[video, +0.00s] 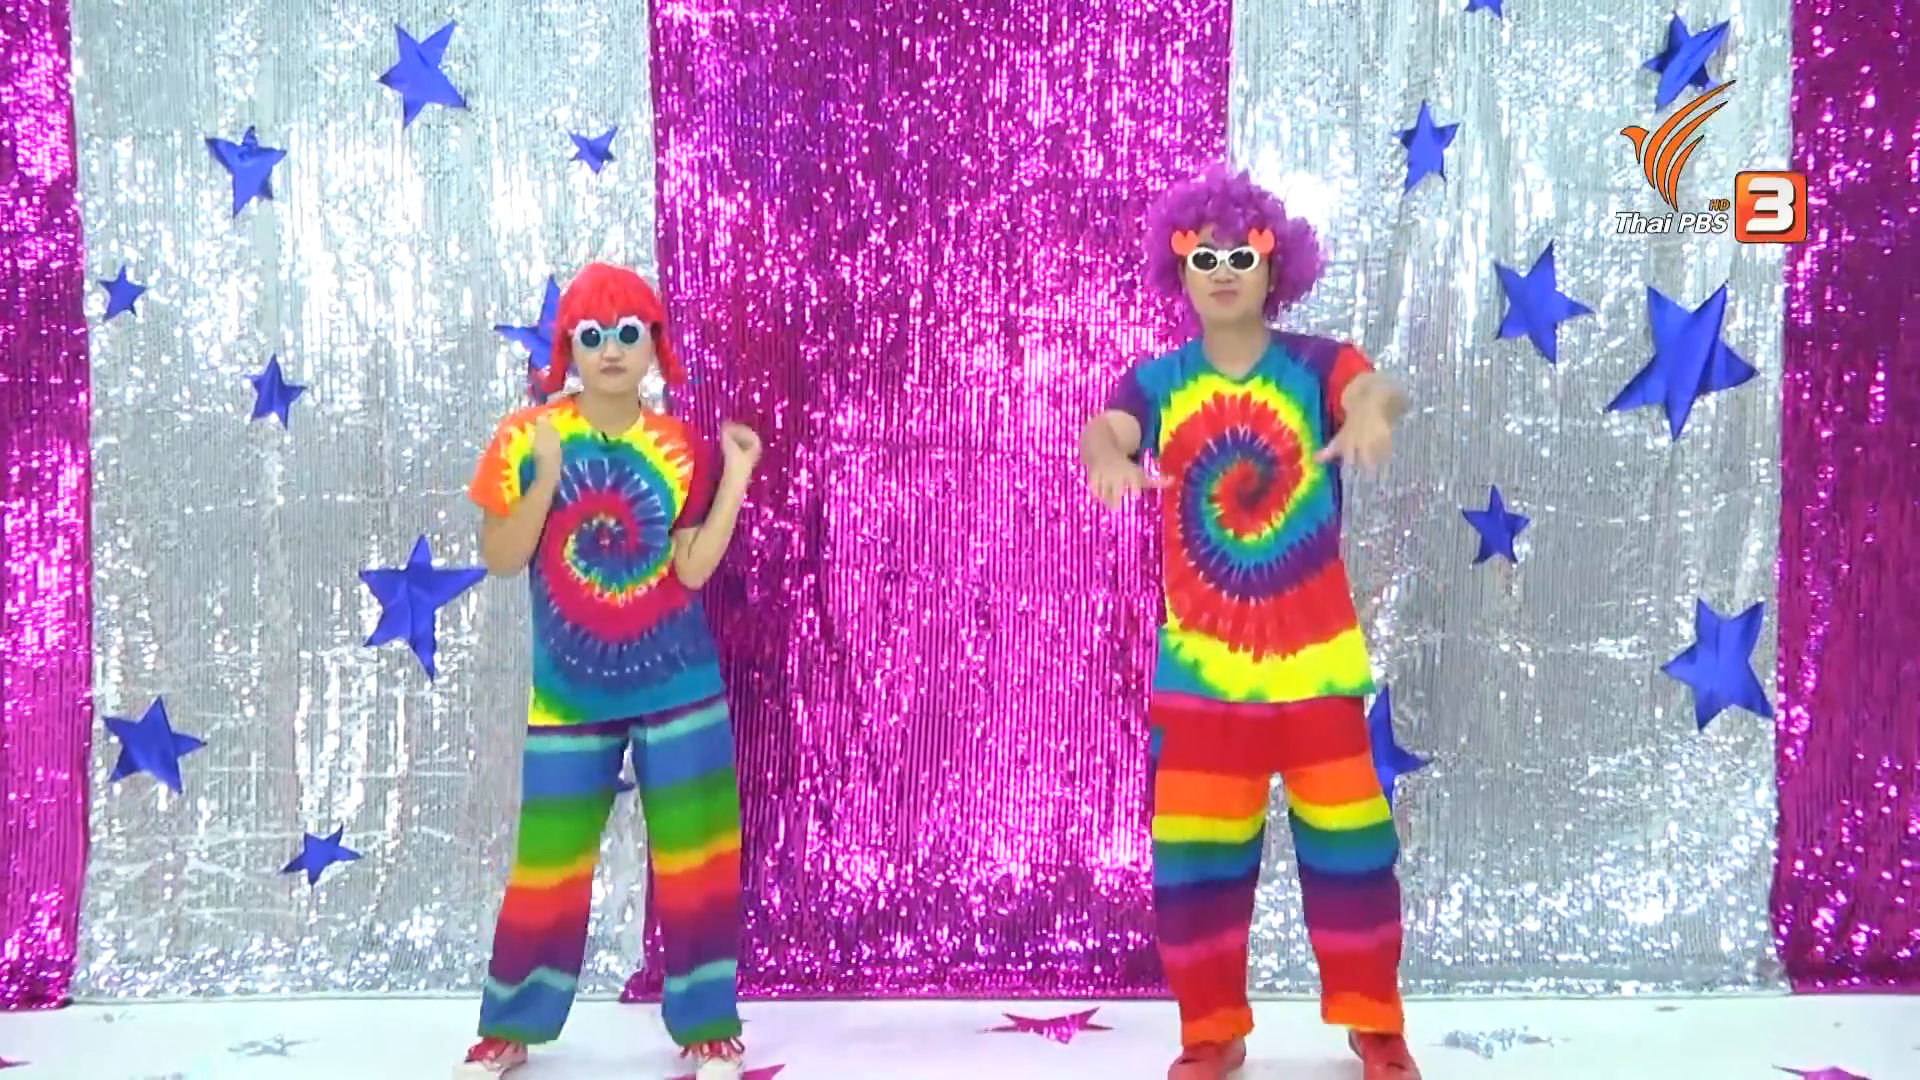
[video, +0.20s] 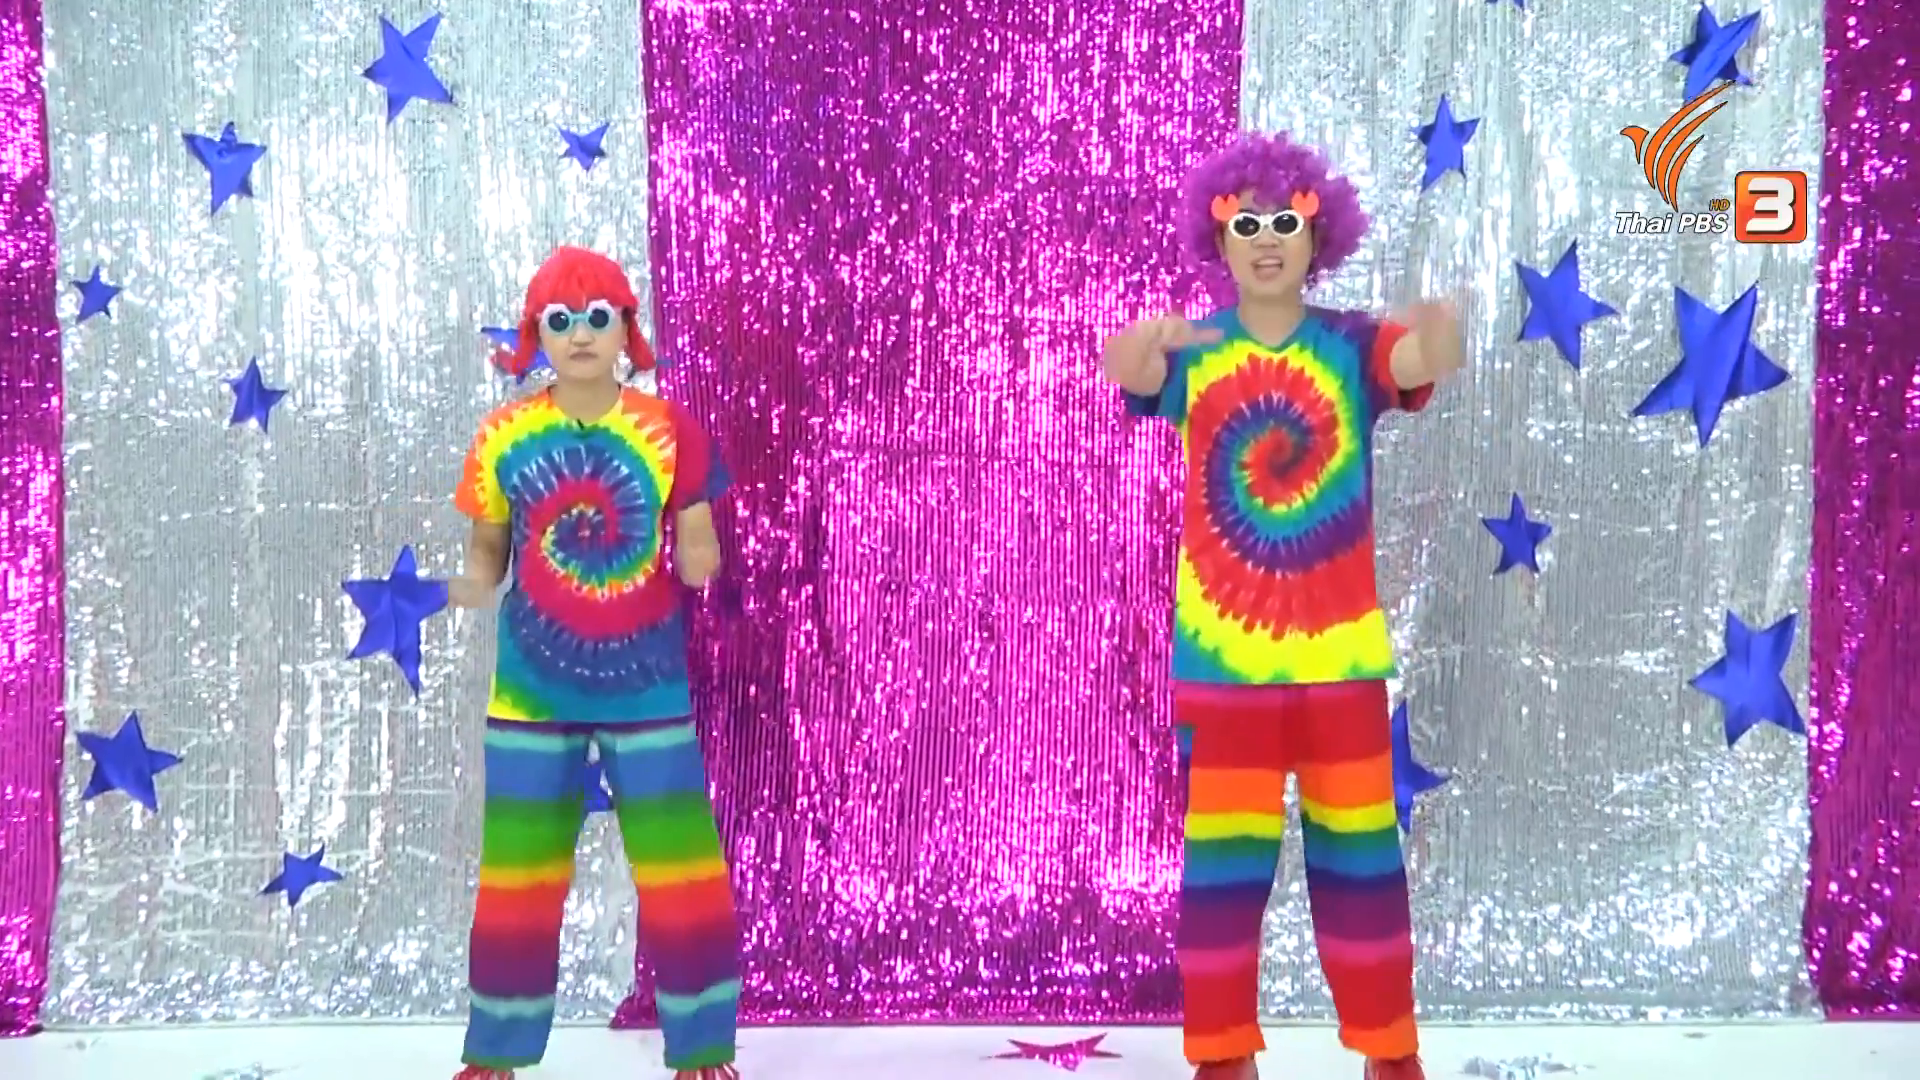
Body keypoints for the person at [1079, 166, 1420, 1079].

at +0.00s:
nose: (1223, 272)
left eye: (1243, 256)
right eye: (1203, 256)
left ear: (1273, 271)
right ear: (1179, 276)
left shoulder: (1320, 363)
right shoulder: (1158, 382)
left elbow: (1373, 387)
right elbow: (1107, 429)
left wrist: (1370, 412)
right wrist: (1107, 457)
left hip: (1320, 661)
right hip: (1204, 667)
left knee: (1353, 847)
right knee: (1197, 855)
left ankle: (1376, 1028)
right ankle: (1210, 1032)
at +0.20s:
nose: (1267, 243)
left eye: (1285, 225)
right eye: (1247, 226)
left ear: (1313, 246)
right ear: (1221, 247)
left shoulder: (1352, 343)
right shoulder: (1194, 352)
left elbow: (1423, 359)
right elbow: (1123, 366)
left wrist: (1440, 317)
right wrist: (1152, 336)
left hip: (1341, 644)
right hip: (1228, 650)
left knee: (1362, 852)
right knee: (1226, 859)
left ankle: (1392, 1054)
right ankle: (1223, 1059)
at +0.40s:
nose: (1326, 252)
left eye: (1345, 235)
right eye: (1305, 236)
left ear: (1374, 253)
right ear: (1276, 256)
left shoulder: (1406, 361)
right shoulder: (1247, 354)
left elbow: (1484, 400)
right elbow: (1184, 371)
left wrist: (1493, 350)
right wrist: (1234, 355)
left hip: (1380, 671)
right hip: (1261, 669)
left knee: (1384, 888)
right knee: (1246, 889)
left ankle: (1384, 1070)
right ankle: (1243, 1070)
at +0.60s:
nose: (1374, 277)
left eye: (1393, 257)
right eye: (1352, 258)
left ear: (1423, 278)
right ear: (1319, 278)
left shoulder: (1459, 397)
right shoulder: (1270, 380)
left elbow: (1522, 464)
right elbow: (1230, 453)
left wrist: (1530, 493)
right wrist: (1294, 494)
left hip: (1414, 733)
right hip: (1286, 730)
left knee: (1428, 962)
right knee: (1247, 958)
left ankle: (1414, 1072)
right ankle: (1246, 1072)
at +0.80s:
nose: (1362, 260)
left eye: (1384, 240)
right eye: (1341, 241)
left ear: (1417, 262)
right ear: (1310, 262)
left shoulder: (1446, 382)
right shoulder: (1267, 369)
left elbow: (1534, 436)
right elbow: (1179, 415)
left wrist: (1522, 374)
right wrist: (1214, 406)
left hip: (1416, 723)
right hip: (1289, 722)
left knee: (1428, 962)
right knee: (1267, 957)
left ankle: (1433, 1076)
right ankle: (1253, 1073)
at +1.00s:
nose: (1326, 291)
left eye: (1348, 272)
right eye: (1304, 273)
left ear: (1381, 292)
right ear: (1273, 295)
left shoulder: (1429, 404)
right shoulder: (1236, 406)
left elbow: (1513, 457)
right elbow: (1161, 463)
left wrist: (1473, 407)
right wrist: (1162, 445)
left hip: (1406, 751)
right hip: (1271, 753)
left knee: (1424, 987)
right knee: (1268, 995)